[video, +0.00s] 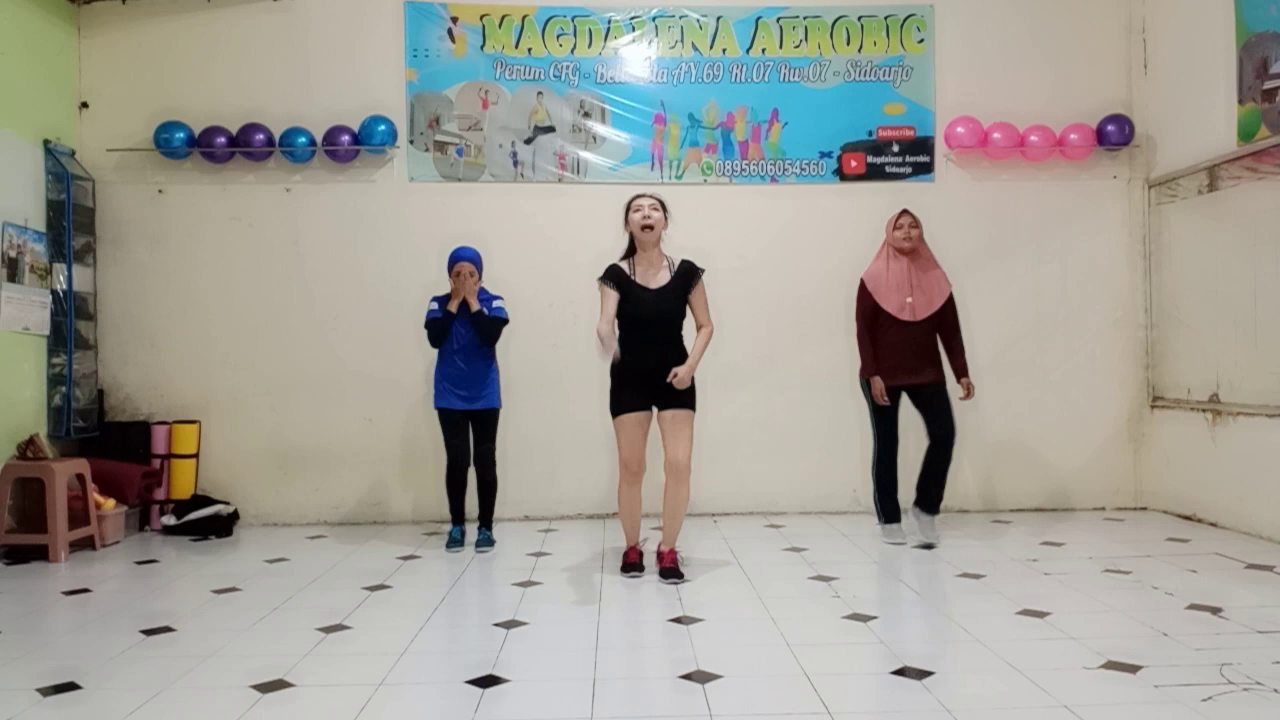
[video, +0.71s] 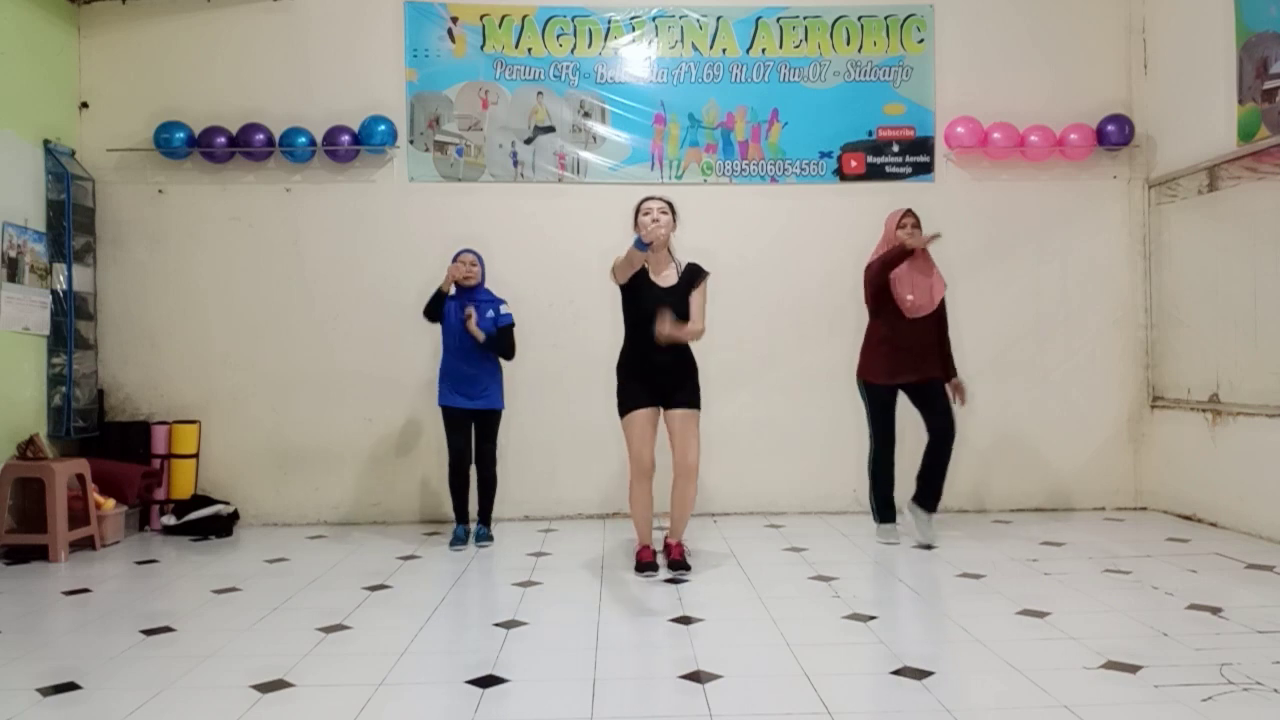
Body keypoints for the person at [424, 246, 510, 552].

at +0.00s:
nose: (464, 278)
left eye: (470, 274)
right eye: (458, 274)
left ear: (479, 276)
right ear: (450, 277)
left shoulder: (492, 302)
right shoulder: (439, 303)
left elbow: (490, 337)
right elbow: (436, 339)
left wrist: (472, 300)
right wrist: (455, 299)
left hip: (485, 394)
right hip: (450, 395)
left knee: (484, 461)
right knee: (457, 460)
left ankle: (485, 527)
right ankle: (457, 526)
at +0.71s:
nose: (468, 268)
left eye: (474, 264)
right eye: (462, 263)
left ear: (482, 271)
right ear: (453, 271)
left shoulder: (496, 305)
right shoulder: (448, 301)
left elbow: (507, 351)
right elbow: (430, 314)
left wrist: (476, 330)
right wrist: (445, 284)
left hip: (488, 394)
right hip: (454, 393)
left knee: (485, 460)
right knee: (458, 459)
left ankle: (484, 524)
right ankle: (461, 524)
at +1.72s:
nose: (472, 274)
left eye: (478, 270)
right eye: (466, 269)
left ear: (488, 276)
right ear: (459, 275)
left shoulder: (498, 302)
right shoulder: (452, 302)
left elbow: (498, 300)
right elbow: (438, 298)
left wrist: (472, 282)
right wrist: (447, 287)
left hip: (488, 392)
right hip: (455, 391)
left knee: (482, 458)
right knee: (457, 461)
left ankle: (485, 525)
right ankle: (460, 526)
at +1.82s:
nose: (467, 275)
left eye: (472, 270)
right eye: (463, 271)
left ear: (482, 275)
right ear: (459, 276)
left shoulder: (496, 302)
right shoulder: (453, 303)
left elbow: (501, 295)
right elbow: (441, 290)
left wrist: (484, 271)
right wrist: (441, 273)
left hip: (490, 392)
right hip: (456, 391)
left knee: (486, 459)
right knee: (456, 460)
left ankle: (485, 524)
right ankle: (459, 524)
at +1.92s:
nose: (469, 268)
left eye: (475, 265)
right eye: (465, 264)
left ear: (486, 271)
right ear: (458, 270)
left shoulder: (497, 295)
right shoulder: (451, 297)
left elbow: (494, 253)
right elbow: (439, 256)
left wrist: (471, 211)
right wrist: (450, 215)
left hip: (493, 387)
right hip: (459, 387)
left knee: (488, 455)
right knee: (457, 451)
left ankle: (486, 522)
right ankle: (458, 504)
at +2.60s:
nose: (473, 249)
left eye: (479, 245)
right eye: (468, 246)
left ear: (489, 252)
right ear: (461, 252)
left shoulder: (499, 278)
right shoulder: (453, 279)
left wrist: (478, 203)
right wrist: (460, 207)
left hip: (493, 366)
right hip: (459, 367)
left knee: (490, 439)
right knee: (463, 439)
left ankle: (491, 511)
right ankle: (464, 511)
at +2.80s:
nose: (477, 268)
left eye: (483, 264)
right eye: (472, 264)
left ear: (492, 271)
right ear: (464, 272)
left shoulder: (503, 301)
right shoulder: (453, 304)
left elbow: (500, 334)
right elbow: (452, 332)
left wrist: (483, 362)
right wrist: (466, 356)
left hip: (494, 385)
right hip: (459, 385)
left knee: (492, 453)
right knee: (464, 453)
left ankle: (492, 522)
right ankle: (471, 522)